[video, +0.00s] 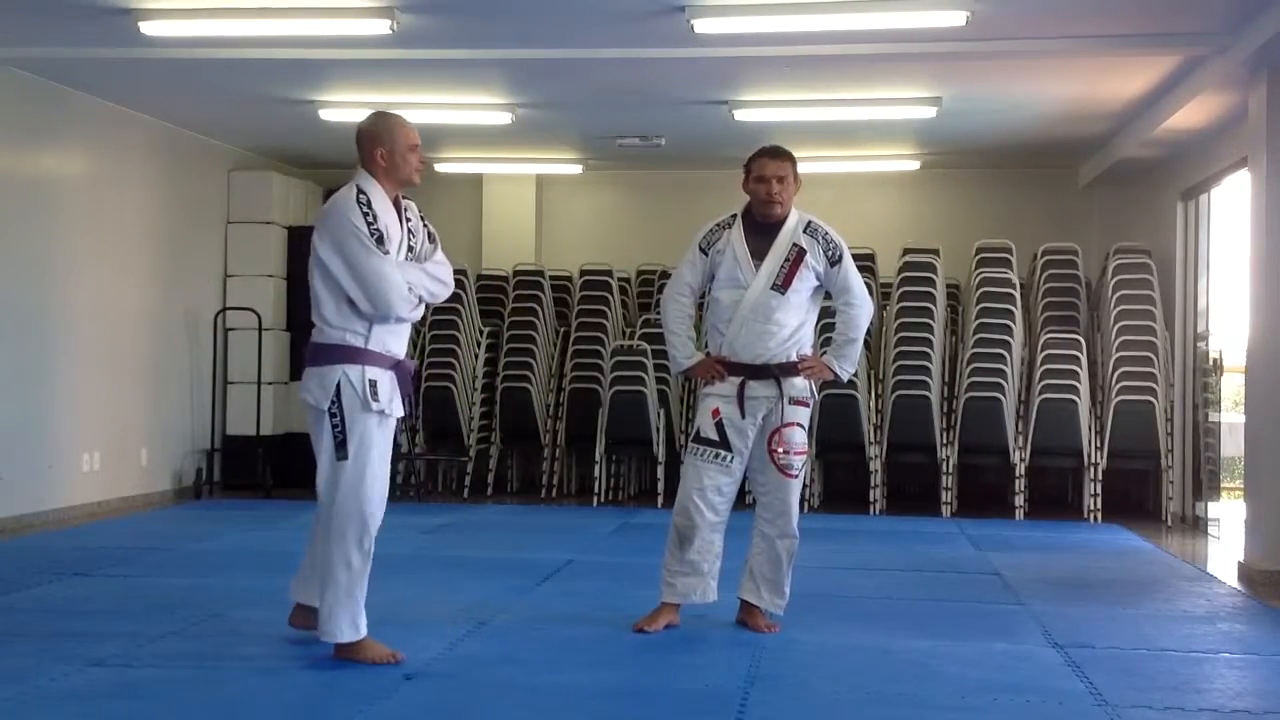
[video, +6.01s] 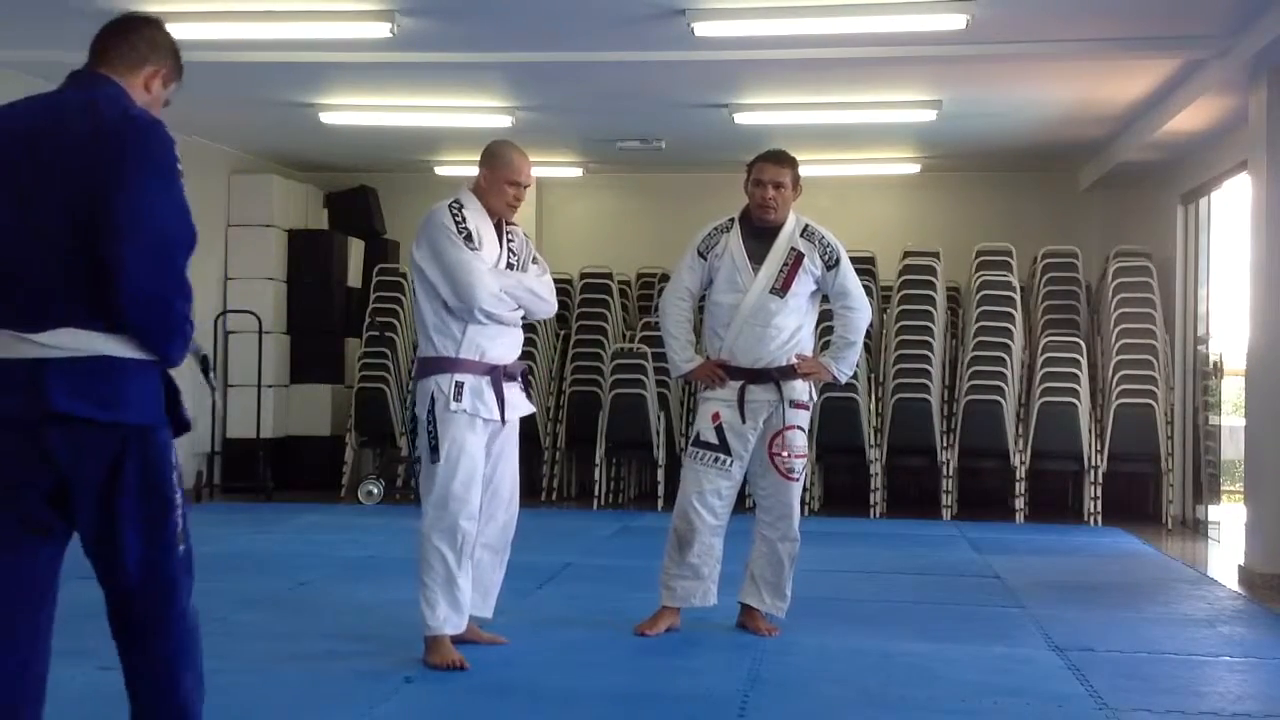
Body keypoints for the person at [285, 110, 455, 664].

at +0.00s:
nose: (422, 159)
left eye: (421, 149)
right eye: (414, 150)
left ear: (390, 156)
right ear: (381, 155)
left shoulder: (407, 213)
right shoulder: (348, 208)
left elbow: (444, 276)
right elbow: (387, 297)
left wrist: (395, 272)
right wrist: (425, 287)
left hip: (381, 373)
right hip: (347, 373)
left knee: (353, 497)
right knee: (358, 504)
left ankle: (311, 603)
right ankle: (346, 634)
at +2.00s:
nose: (542, 189)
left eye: (543, 179)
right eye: (538, 179)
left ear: (510, 174)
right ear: (511, 175)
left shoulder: (511, 232)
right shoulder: (456, 214)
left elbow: (536, 310)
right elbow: (465, 298)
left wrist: (575, 367)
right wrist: (531, 347)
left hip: (503, 385)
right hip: (459, 384)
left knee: (498, 505)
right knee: (457, 507)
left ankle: (465, 617)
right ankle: (439, 632)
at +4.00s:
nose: (537, 204)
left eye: (541, 195)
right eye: (534, 193)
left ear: (513, 184)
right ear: (504, 179)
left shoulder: (509, 239)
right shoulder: (453, 207)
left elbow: (524, 297)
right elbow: (394, 255)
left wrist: (540, 339)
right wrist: (448, 326)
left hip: (494, 389)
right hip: (450, 385)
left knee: (488, 505)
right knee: (450, 506)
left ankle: (460, 619)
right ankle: (437, 633)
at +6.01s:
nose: (520, 197)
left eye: (526, 188)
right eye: (513, 185)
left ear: (527, 188)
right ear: (482, 177)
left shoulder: (516, 238)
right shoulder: (446, 221)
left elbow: (548, 301)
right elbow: (477, 295)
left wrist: (493, 282)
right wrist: (526, 299)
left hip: (505, 392)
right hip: (455, 389)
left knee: (496, 510)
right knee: (451, 510)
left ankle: (466, 620)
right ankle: (439, 634)